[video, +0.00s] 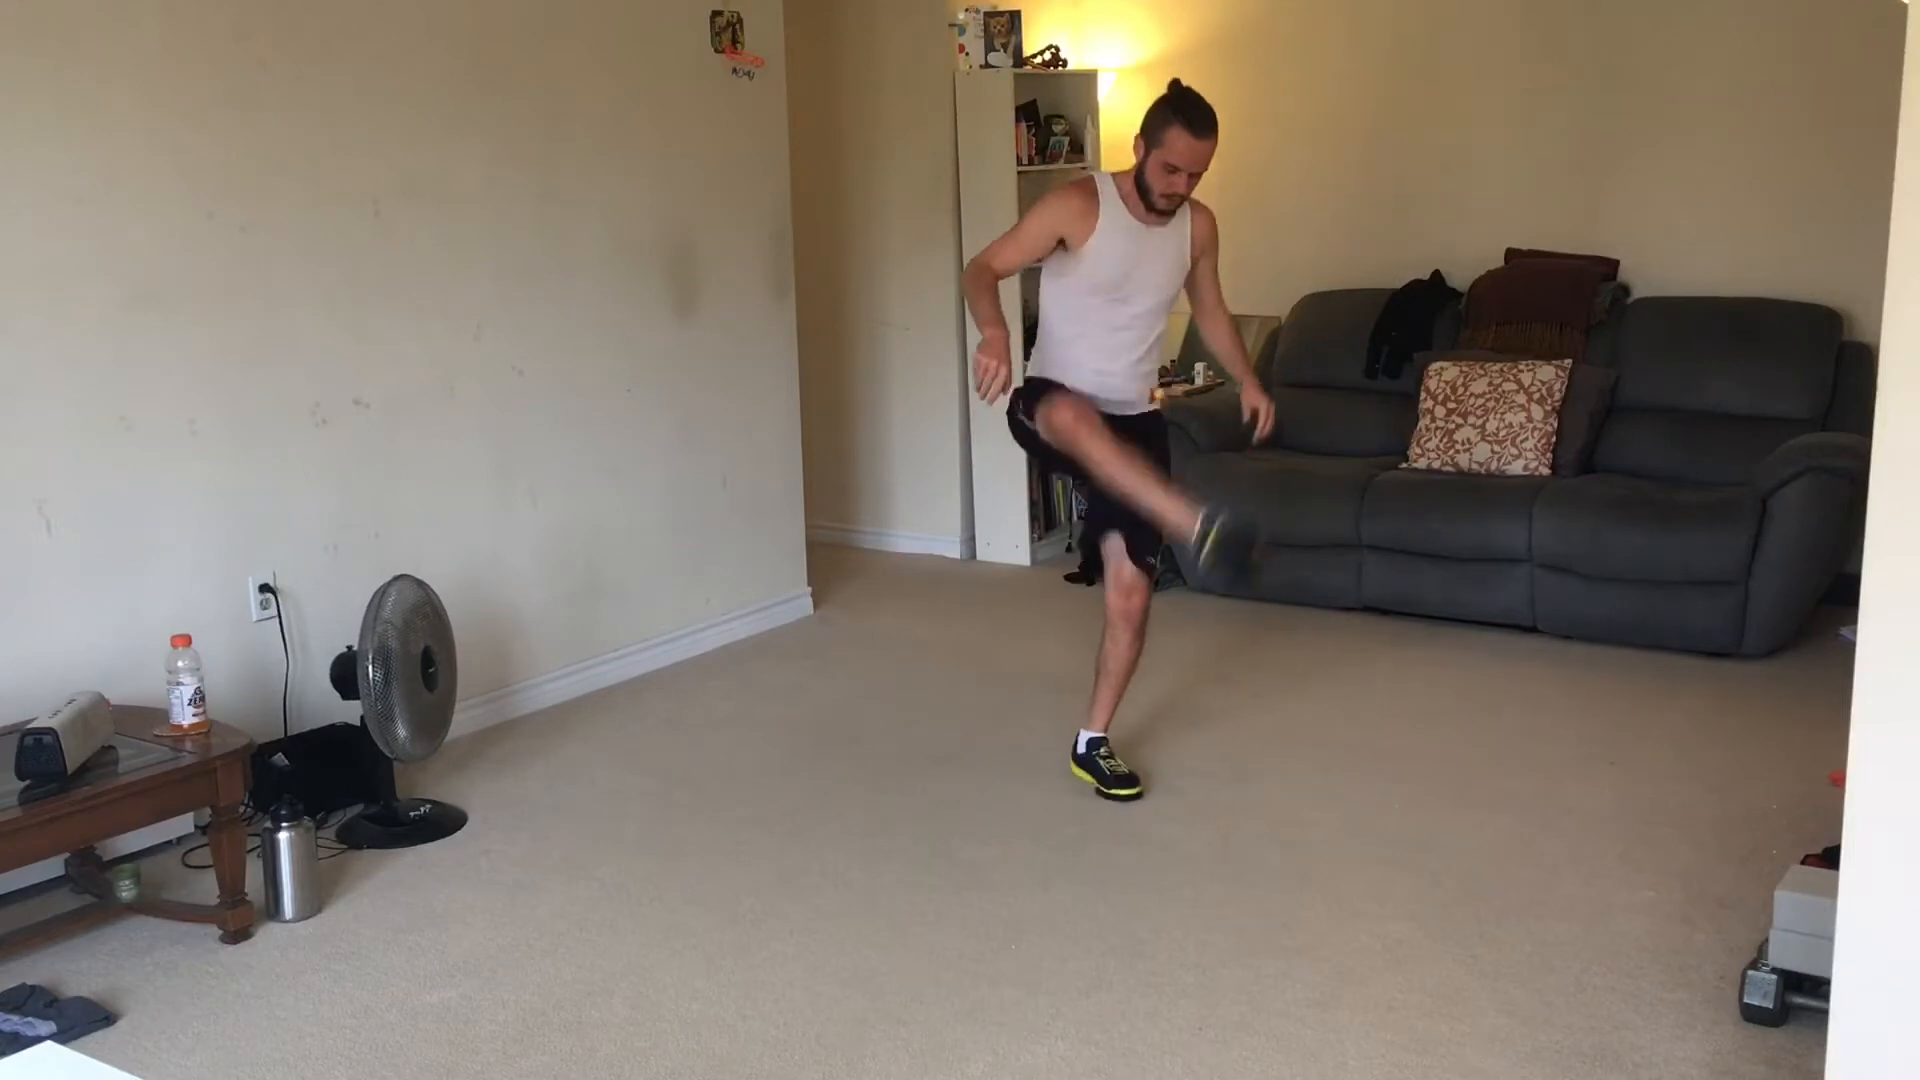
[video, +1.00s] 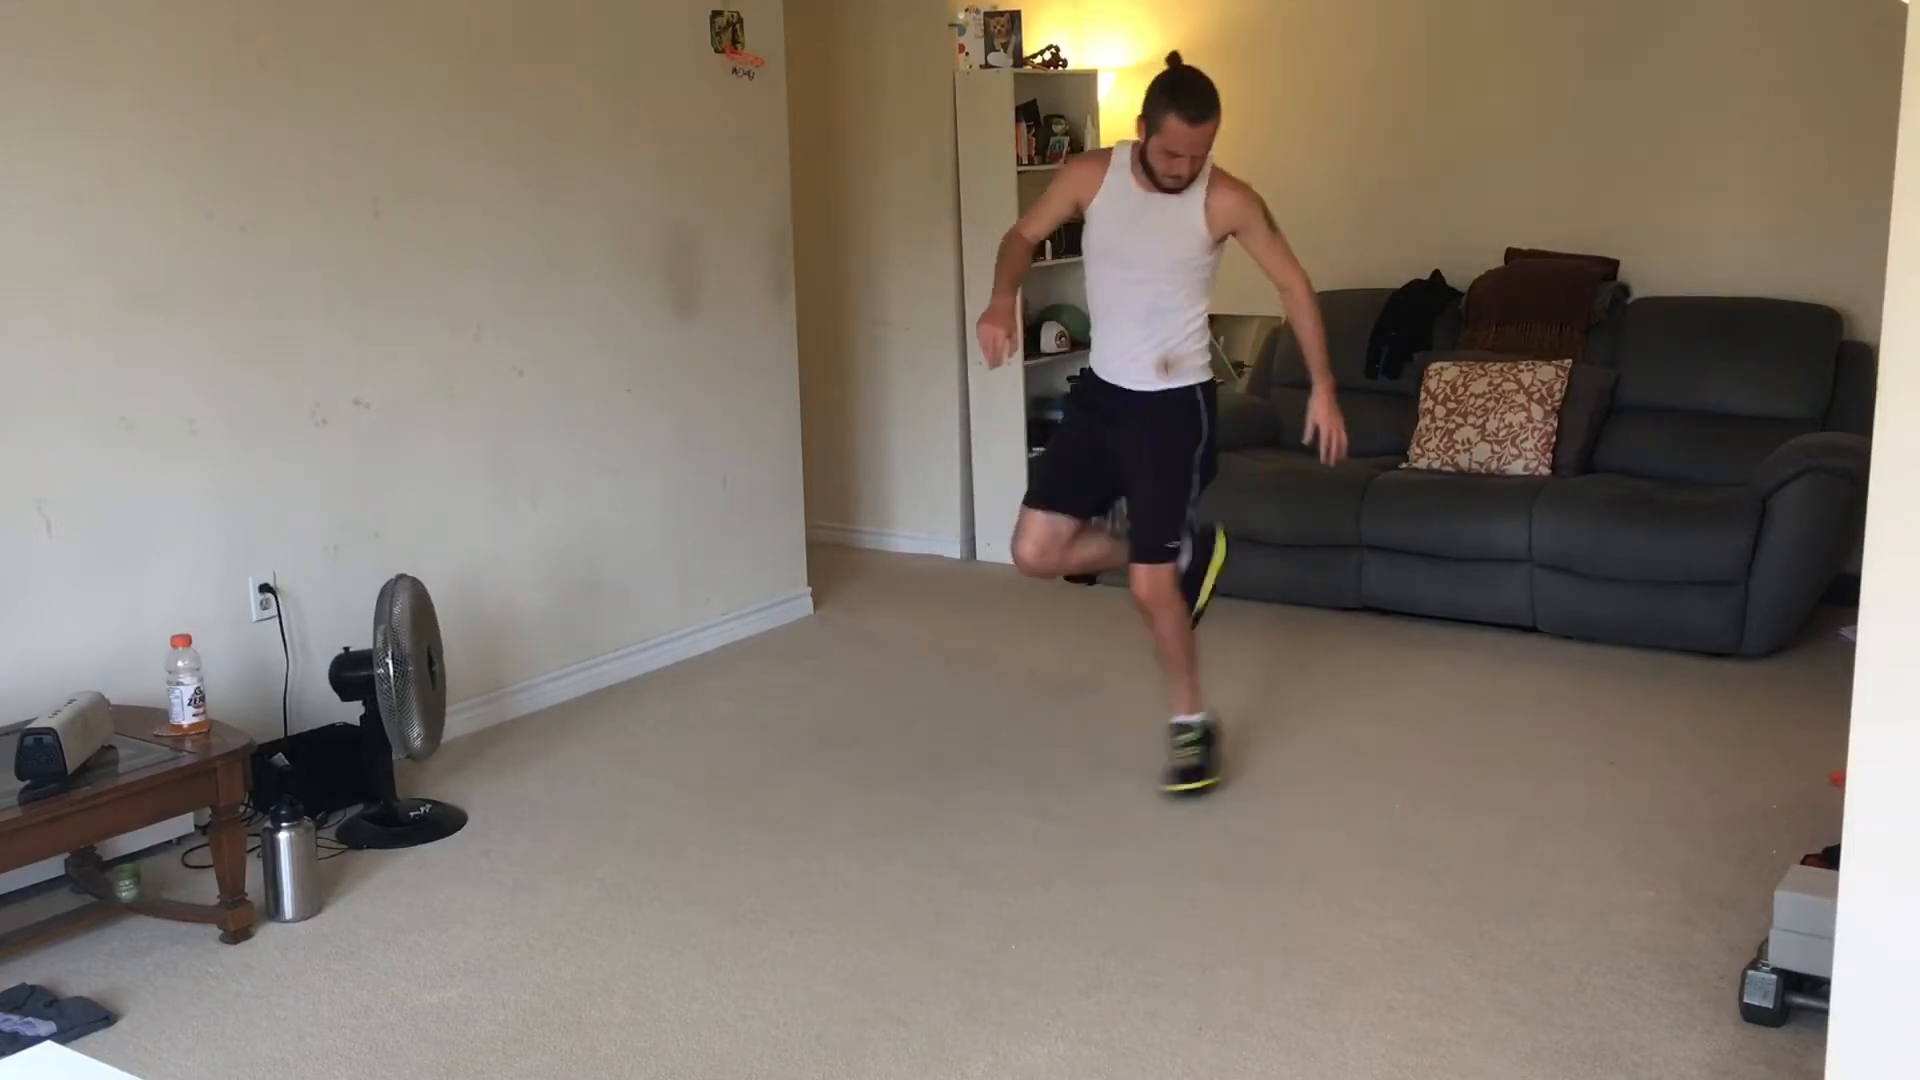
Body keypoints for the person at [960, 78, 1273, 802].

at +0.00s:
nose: (1181, 185)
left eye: (1195, 174)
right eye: (1170, 168)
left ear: (1207, 164)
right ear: (1139, 148)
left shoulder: (1196, 224)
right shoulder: (1076, 205)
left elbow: (1211, 314)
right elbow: (981, 271)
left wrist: (1247, 379)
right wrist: (992, 330)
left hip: (1135, 415)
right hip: (1055, 400)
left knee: (1130, 592)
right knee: (1066, 412)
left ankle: (1092, 740)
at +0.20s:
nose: (1189, 186)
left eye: (1205, 176)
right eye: (1179, 169)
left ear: (1217, 164)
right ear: (1151, 143)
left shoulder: (1204, 224)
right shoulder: (1077, 189)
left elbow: (1234, 310)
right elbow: (972, 229)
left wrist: (1242, 380)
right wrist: (975, 301)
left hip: (1127, 418)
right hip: (1042, 406)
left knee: (1119, 593)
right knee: (1059, 549)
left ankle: (1093, 738)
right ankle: (1060, 621)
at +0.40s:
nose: (1177, 235)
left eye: (1193, 225)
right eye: (1169, 218)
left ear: (1209, 209)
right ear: (1141, 186)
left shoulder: (1206, 254)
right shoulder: (1074, 203)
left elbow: (1263, 327)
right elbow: (987, 225)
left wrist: (1244, 408)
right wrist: (964, 311)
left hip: (1104, 432)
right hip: (1022, 407)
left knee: (1067, 593)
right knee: (961, 527)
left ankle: (1074, 737)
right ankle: (1106, 564)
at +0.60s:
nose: (1148, 304)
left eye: (1163, 296)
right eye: (1139, 290)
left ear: (1181, 274)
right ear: (1114, 254)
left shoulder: (1182, 319)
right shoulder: (1055, 254)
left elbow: (1246, 414)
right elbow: (988, 280)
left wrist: (1232, 508)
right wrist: (970, 366)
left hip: (1113, 478)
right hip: (1041, 461)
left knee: (1047, 623)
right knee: (987, 611)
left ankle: (1062, 755)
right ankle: (1123, 703)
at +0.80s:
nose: (1141, 237)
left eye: (1156, 226)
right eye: (1130, 223)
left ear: (1174, 205)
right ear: (1103, 195)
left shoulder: (1182, 265)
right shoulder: (1058, 219)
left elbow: (1250, 353)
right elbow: (986, 266)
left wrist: (1278, 455)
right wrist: (980, 339)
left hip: (1139, 444)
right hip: (1073, 435)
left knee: (1060, 602)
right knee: (1016, 584)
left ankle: (1064, 752)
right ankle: (1168, 642)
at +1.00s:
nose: (1182, 166)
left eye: (1195, 154)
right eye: (1170, 152)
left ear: (1213, 138)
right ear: (1143, 129)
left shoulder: (1228, 201)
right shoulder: (1090, 175)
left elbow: (1295, 288)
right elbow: (1024, 236)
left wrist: (1323, 387)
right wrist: (1001, 299)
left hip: (1174, 406)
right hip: (1098, 395)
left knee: (1153, 583)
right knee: (1037, 551)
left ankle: (1189, 724)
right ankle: (1181, 556)